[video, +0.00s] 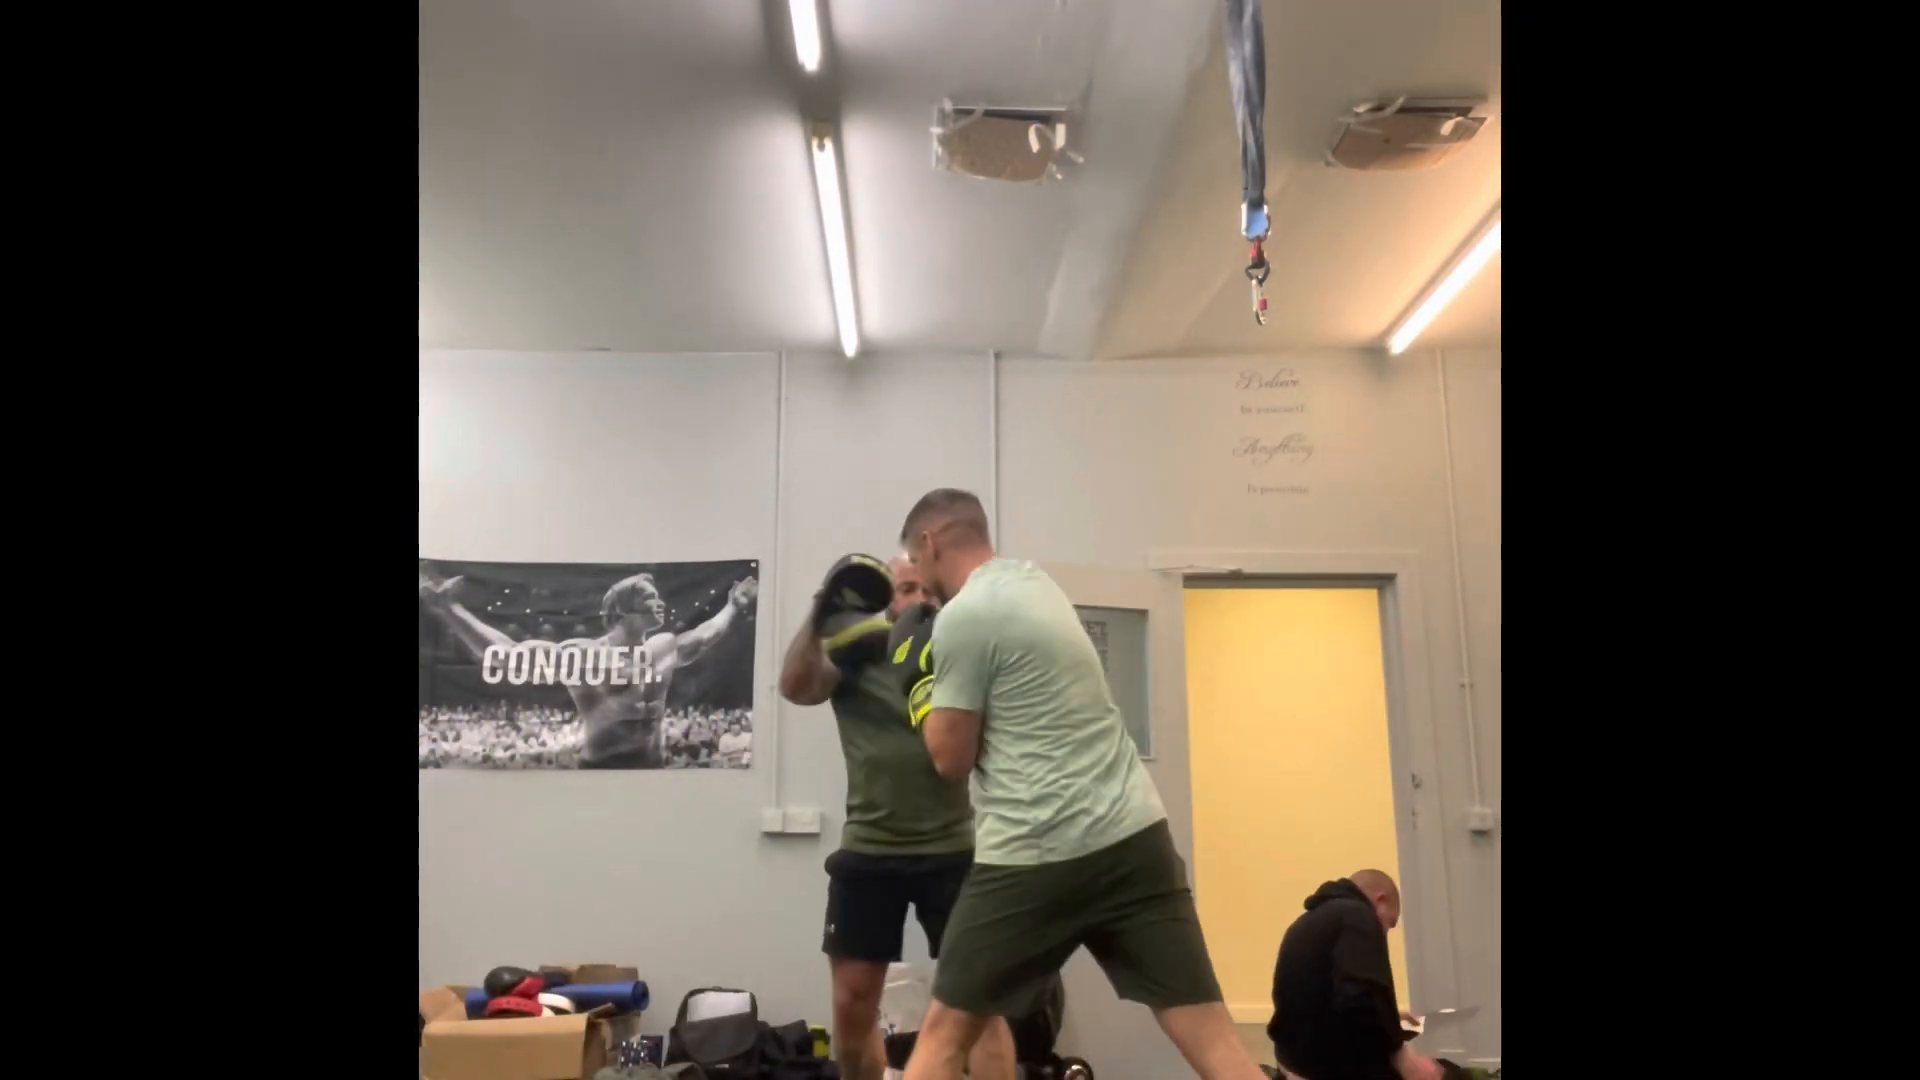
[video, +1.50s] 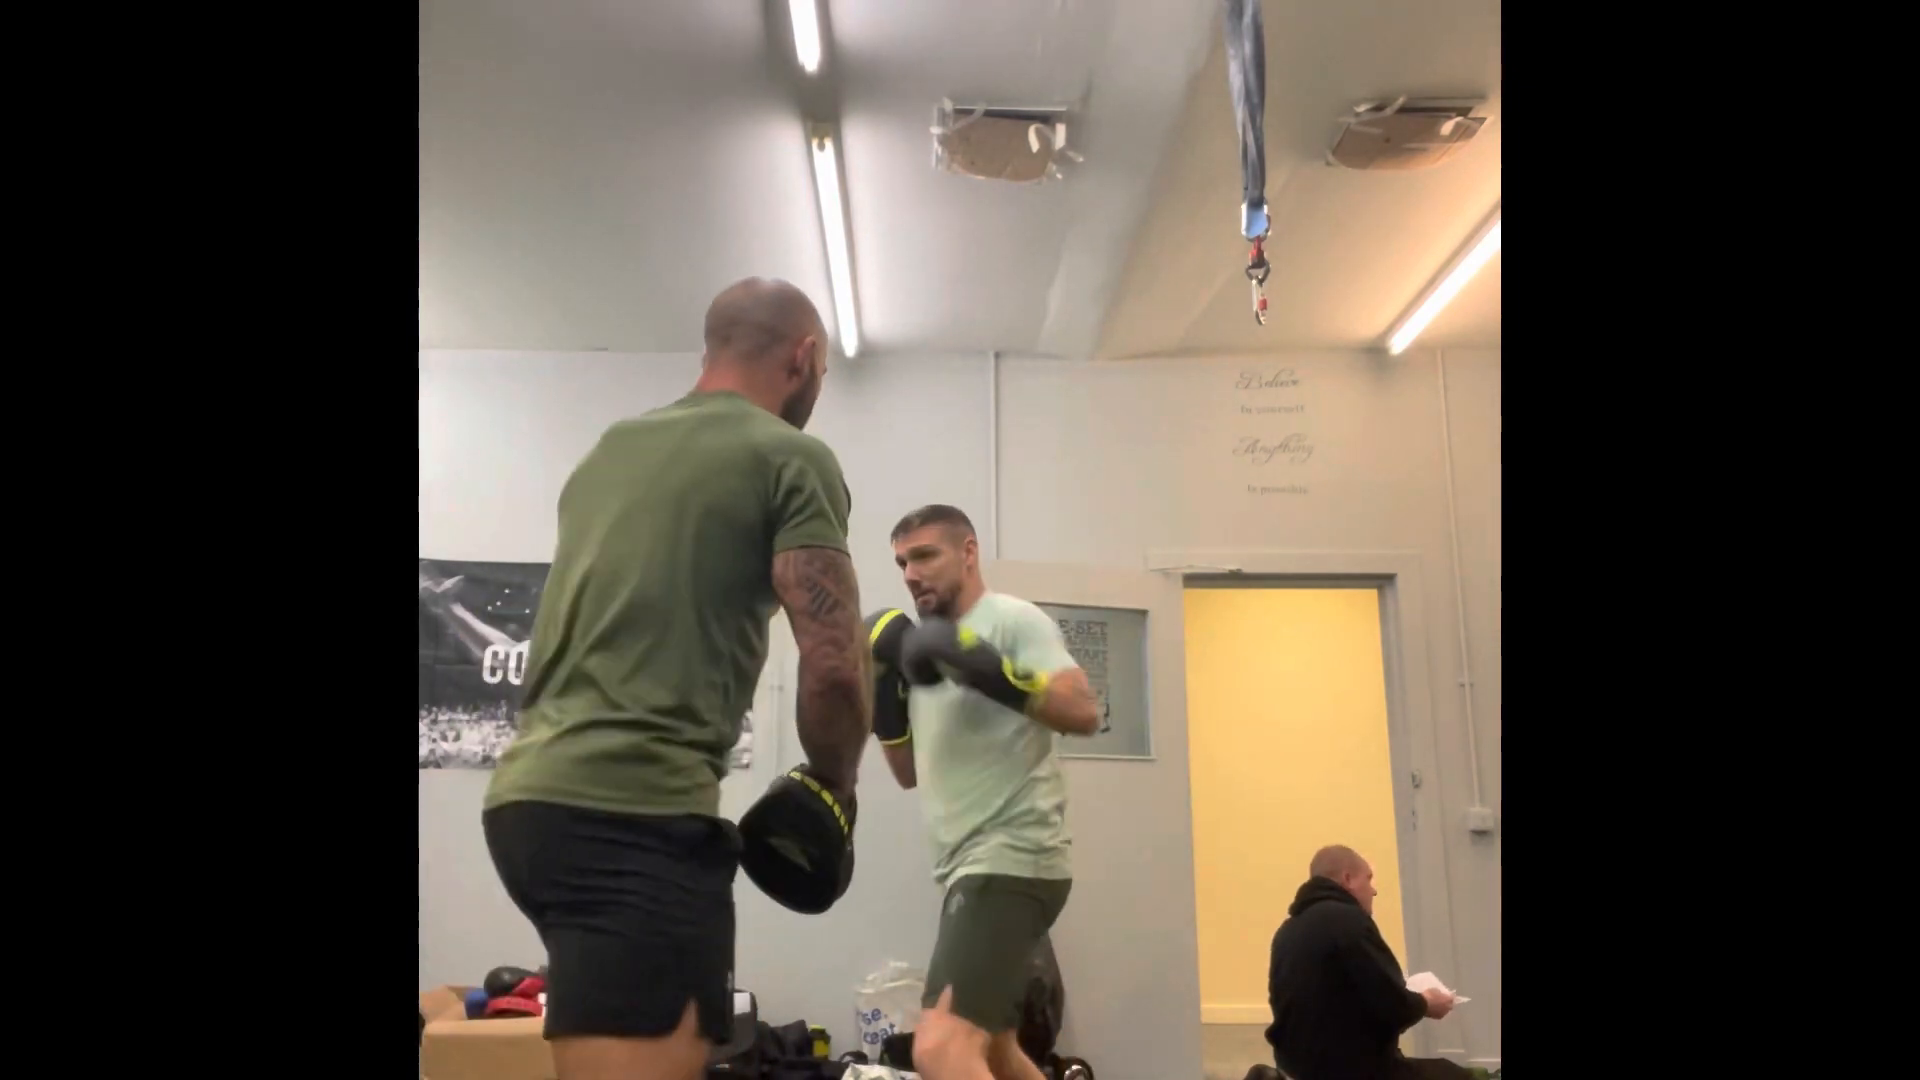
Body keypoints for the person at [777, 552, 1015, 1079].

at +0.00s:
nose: (914, 600)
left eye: (923, 589)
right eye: (904, 589)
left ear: (942, 591)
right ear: (884, 594)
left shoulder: (959, 645)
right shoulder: (856, 648)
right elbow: (797, 687)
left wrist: (922, 638)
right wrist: (822, 609)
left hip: (952, 848)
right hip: (869, 849)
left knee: (979, 1006)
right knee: (851, 1004)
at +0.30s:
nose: (800, 616)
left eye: (809, 604)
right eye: (786, 605)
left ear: (819, 610)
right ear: (759, 614)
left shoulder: (851, 679)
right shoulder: (730, 686)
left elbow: (899, 761)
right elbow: (710, 762)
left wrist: (879, 832)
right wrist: (690, 827)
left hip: (844, 865)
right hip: (763, 864)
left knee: (887, 1003)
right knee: (698, 989)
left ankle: (942, 1073)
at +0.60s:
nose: (741, 548)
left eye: (742, 537)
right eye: (728, 532)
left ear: (690, 534)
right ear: (682, 530)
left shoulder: (731, 639)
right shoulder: (604, 599)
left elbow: (748, 740)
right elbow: (539, 691)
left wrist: (768, 812)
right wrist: (638, 737)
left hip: (673, 849)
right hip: (578, 839)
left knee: (645, 1030)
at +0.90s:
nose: (702, 481)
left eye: (701, 463)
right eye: (692, 458)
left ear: (643, 456)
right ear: (646, 453)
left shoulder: (637, 572)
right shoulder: (570, 535)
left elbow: (598, 711)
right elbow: (570, 665)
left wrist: (654, 778)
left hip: (604, 842)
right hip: (512, 838)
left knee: (661, 1039)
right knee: (449, 1051)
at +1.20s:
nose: (787, 435)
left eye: (790, 419)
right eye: (792, 416)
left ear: (689, 406)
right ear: (773, 404)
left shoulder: (605, 513)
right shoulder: (767, 495)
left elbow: (608, 689)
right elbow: (815, 684)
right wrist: (843, 819)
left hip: (575, 842)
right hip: (674, 845)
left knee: (725, 1040)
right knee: (657, 1065)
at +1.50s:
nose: (819, 395)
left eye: (822, 373)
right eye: (824, 370)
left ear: (710, 351)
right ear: (802, 354)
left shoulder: (610, 448)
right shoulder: (785, 455)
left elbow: (586, 638)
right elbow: (833, 671)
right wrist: (832, 797)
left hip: (527, 801)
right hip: (637, 810)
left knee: (687, 1042)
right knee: (627, 1063)